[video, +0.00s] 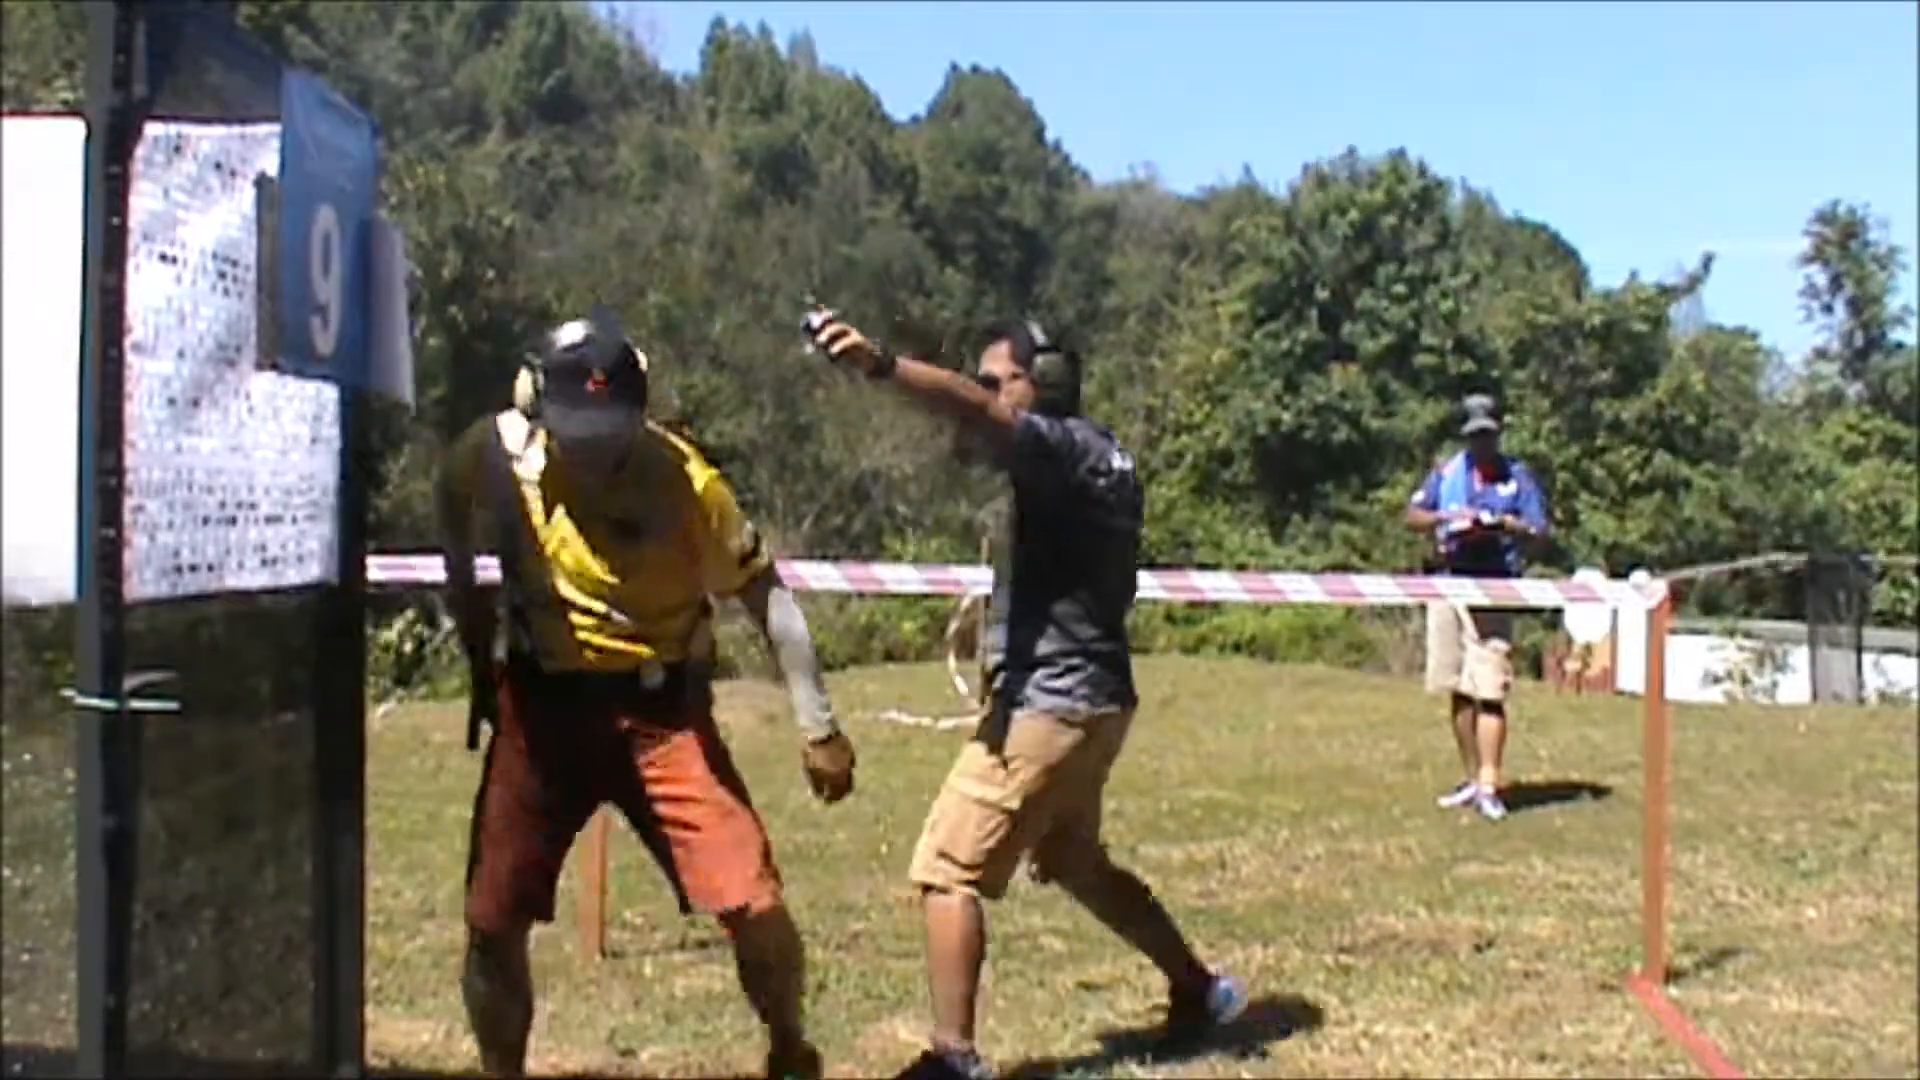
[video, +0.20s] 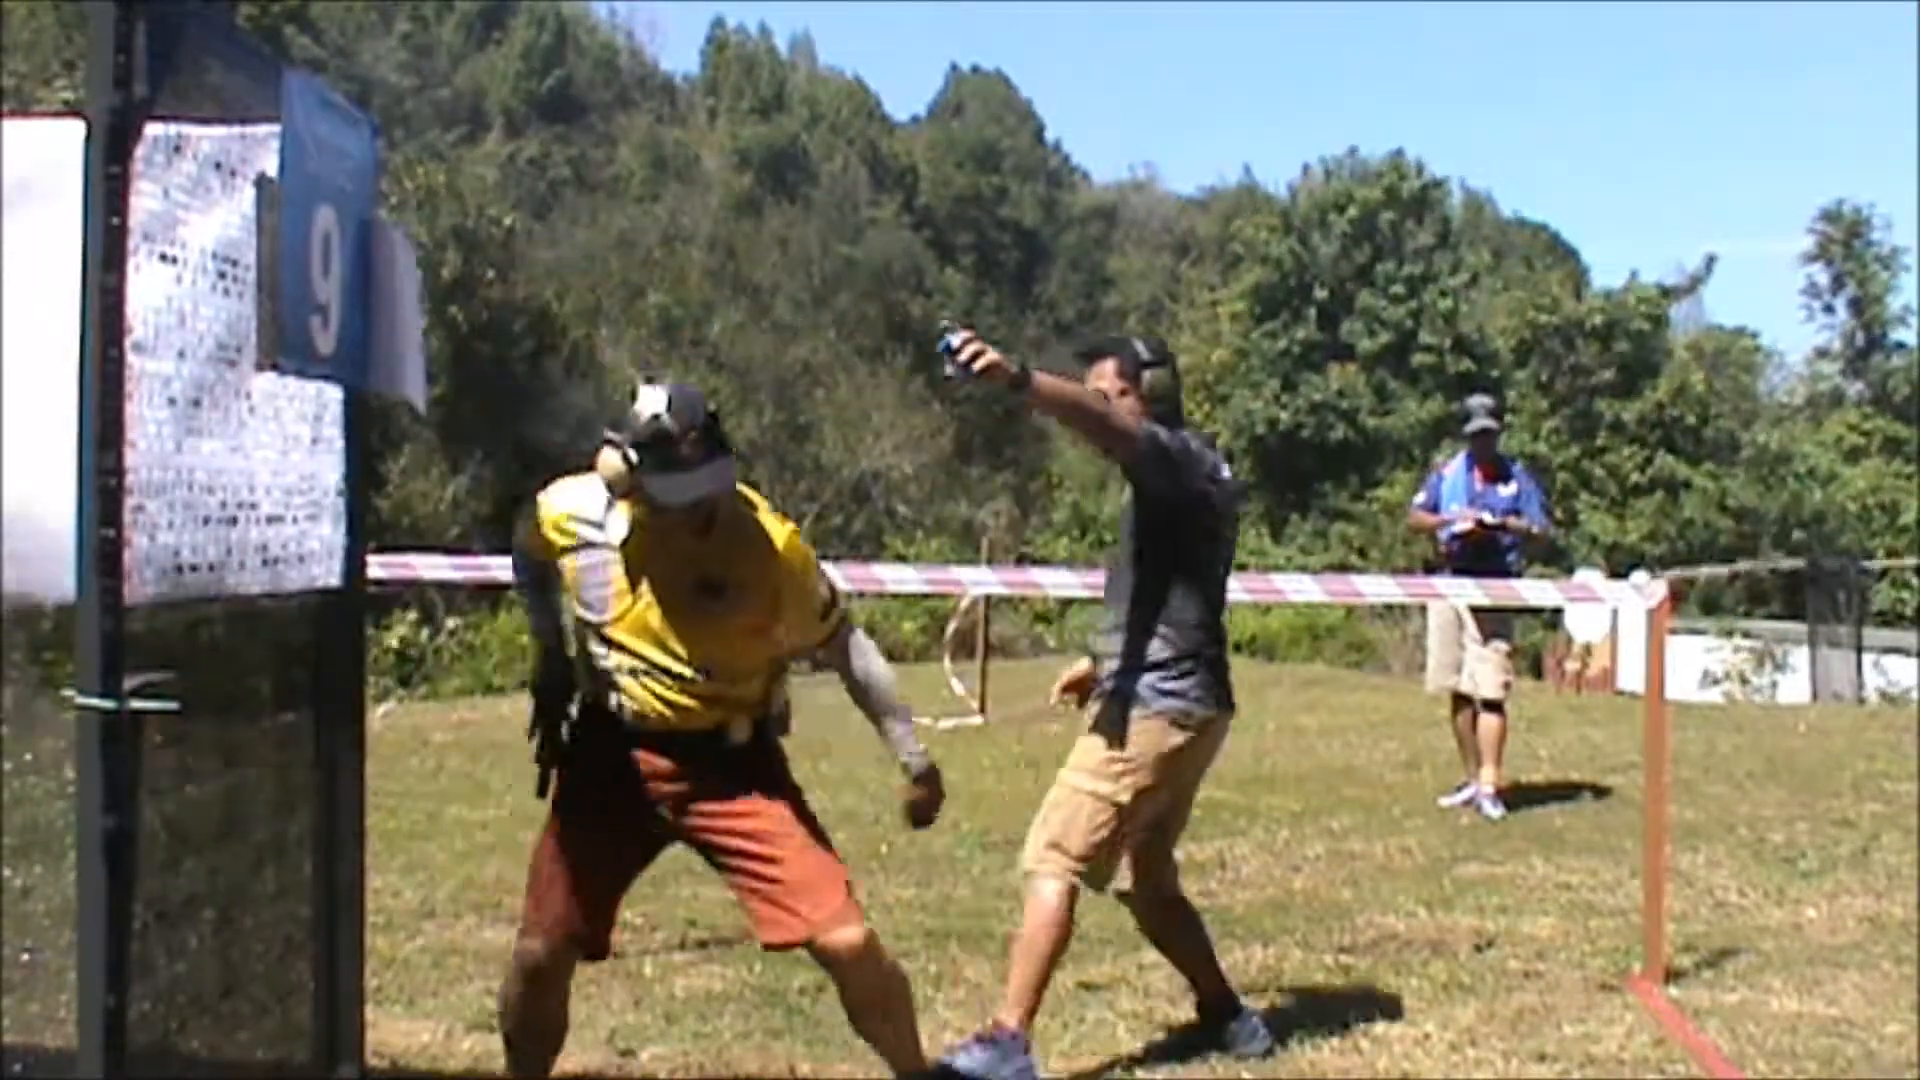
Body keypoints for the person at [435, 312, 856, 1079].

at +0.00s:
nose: (594, 453)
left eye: (610, 435)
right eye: (575, 437)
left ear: (638, 411)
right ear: (545, 413)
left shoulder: (685, 481)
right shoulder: (495, 455)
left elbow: (766, 594)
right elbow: (455, 522)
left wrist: (818, 723)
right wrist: (479, 649)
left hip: (664, 714)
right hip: (541, 712)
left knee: (757, 909)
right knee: (491, 928)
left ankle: (789, 1048)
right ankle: (503, 1071)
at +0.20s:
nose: (704, 512)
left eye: (712, 491)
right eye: (682, 500)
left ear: (726, 467)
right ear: (638, 485)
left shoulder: (772, 547)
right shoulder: (581, 514)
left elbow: (843, 644)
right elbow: (531, 551)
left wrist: (916, 759)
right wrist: (552, 665)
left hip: (736, 769)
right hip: (613, 763)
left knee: (850, 946)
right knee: (538, 957)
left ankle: (916, 1070)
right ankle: (525, 1071)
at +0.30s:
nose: (811, 500)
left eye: (826, 481)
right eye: (789, 483)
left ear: (848, 464)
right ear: (748, 466)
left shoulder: (885, 552)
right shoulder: (693, 502)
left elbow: (975, 646)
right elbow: (617, 522)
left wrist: (1063, 756)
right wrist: (635, 637)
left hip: (815, 780)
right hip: (690, 763)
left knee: (909, 951)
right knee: (583, 948)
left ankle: (927, 1072)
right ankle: (537, 1070)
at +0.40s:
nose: (863, 450)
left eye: (883, 432)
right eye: (848, 432)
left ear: (924, 430)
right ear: (830, 425)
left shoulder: (975, 534)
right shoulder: (787, 475)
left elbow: (1068, 628)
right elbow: (710, 492)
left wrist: (1157, 742)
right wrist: (721, 599)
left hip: (890, 763)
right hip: (769, 740)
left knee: (946, 961)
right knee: (648, 936)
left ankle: (954, 1076)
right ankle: (562, 1066)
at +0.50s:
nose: (949, 387)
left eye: (970, 371)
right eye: (941, 367)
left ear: (1018, 373)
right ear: (930, 365)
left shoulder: (1083, 474)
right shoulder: (895, 436)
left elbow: (1189, 561)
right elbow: (820, 467)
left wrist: (1249, 681)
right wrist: (833, 553)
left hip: (1007, 742)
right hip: (889, 719)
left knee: (1001, 958)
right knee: (810, 905)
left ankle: (970, 1070)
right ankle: (816, 1038)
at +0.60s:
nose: (1010, 355)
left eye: (1031, 338)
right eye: (1004, 335)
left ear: (1081, 341)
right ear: (994, 333)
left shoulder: (1143, 439)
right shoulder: (954, 414)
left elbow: (1243, 506)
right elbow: (879, 466)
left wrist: (1263, 626)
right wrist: (895, 545)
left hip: (1091, 717)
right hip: (976, 704)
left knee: (1076, 930)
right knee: (945, 910)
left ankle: (1028, 1062)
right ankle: (1066, 991)